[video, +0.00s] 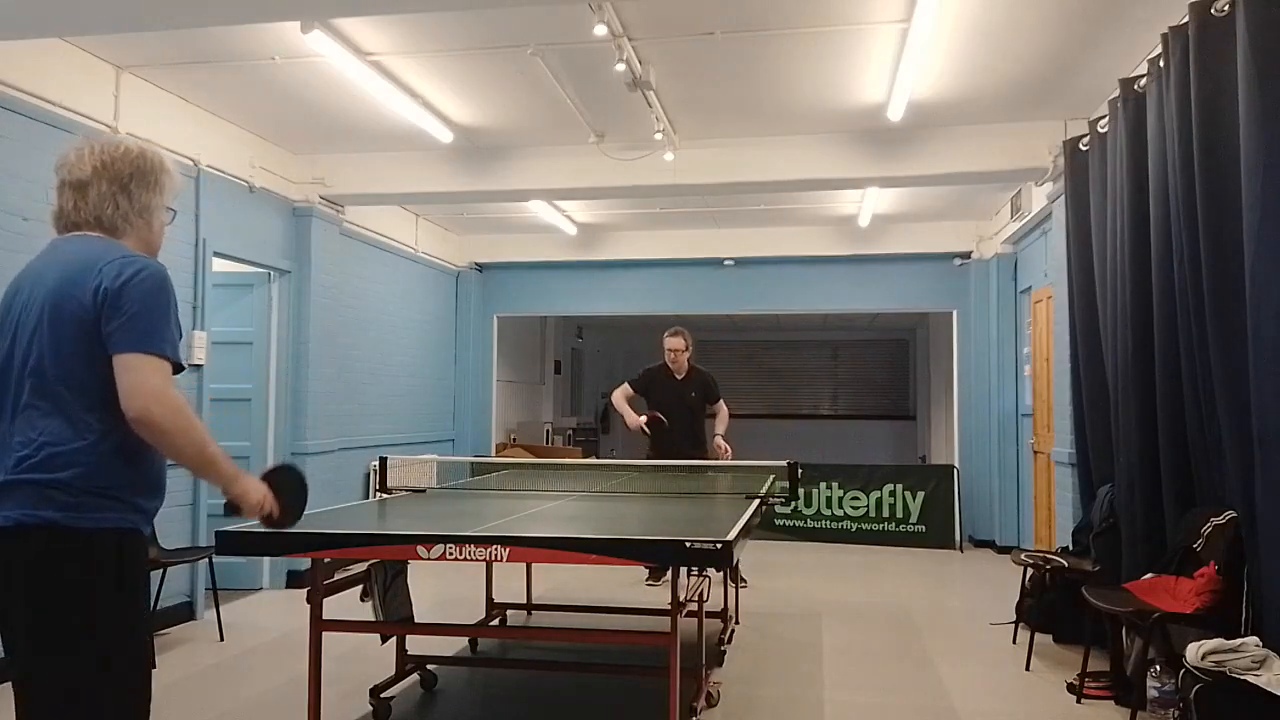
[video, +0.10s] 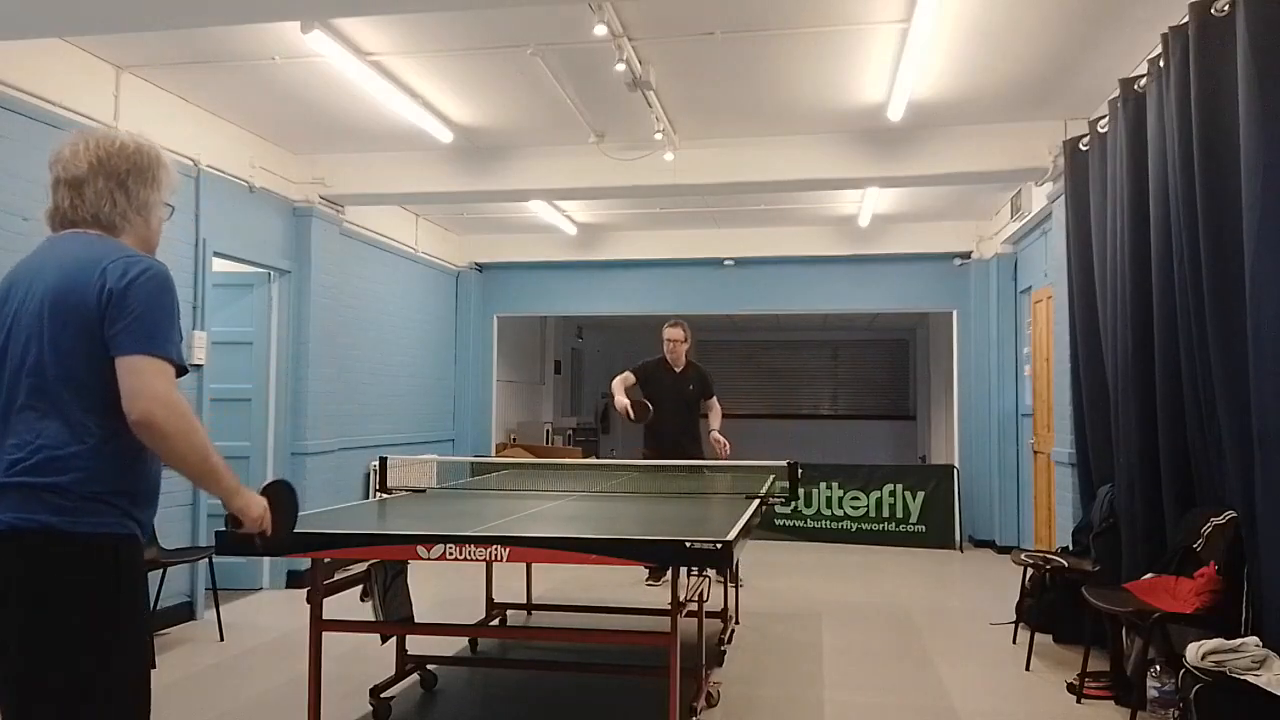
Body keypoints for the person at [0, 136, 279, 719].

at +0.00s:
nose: (166, 230)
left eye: (167, 216)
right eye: (164, 214)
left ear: (75, 206)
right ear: (134, 208)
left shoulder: (26, 279)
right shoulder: (132, 272)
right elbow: (147, 403)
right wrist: (234, 481)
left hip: (17, 533)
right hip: (87, 536)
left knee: (41, 703)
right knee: (105, 703)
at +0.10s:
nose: (164, 227)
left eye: (166, 212)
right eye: (162, 210)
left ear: (68, 203)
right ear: (131, 204)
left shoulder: (17, 276)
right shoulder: (132, 271)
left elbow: (18, 406)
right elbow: (149, 406)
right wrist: (235, 493)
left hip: (11, 539)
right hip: (85, 547)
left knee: (23, 703)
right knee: (101, 706)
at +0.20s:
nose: (163, 221)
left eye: (165, 206)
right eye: (161, 204)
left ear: (64, 194)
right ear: (128, 197)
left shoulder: (14, 265)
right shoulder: (130, 267)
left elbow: (28, 411)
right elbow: (149, 404)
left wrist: (124, 530)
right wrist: (236, 498)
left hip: (7, 539)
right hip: (77, 548)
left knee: (17, 702)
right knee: (97, 706)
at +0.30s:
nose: (159, 214)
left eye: (161, 200)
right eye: (157, 198)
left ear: (61, 186)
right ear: (124, 193)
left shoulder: (13, 254)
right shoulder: (125, 262)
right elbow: (146, 400)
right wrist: (217, 490)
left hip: (5, 535)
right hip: (68, 544)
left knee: (15, 697)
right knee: (83, 704)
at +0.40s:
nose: (152, 218)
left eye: (156, 204)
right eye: (151, 202)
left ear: (52, 185)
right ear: (119, 194)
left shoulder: (12, 248)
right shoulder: (120, 263)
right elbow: (144, 405)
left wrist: (121, 504)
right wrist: (187, 503)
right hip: (59, 547)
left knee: (21, 699)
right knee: (76, 705)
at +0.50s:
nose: (139, 223)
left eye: (144, 209)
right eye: (139, 206)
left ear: (37, 185)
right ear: (109, 197)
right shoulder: (112, 270)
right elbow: (136, 416)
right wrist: (146, 515)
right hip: (45, 548)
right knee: (62, 705)